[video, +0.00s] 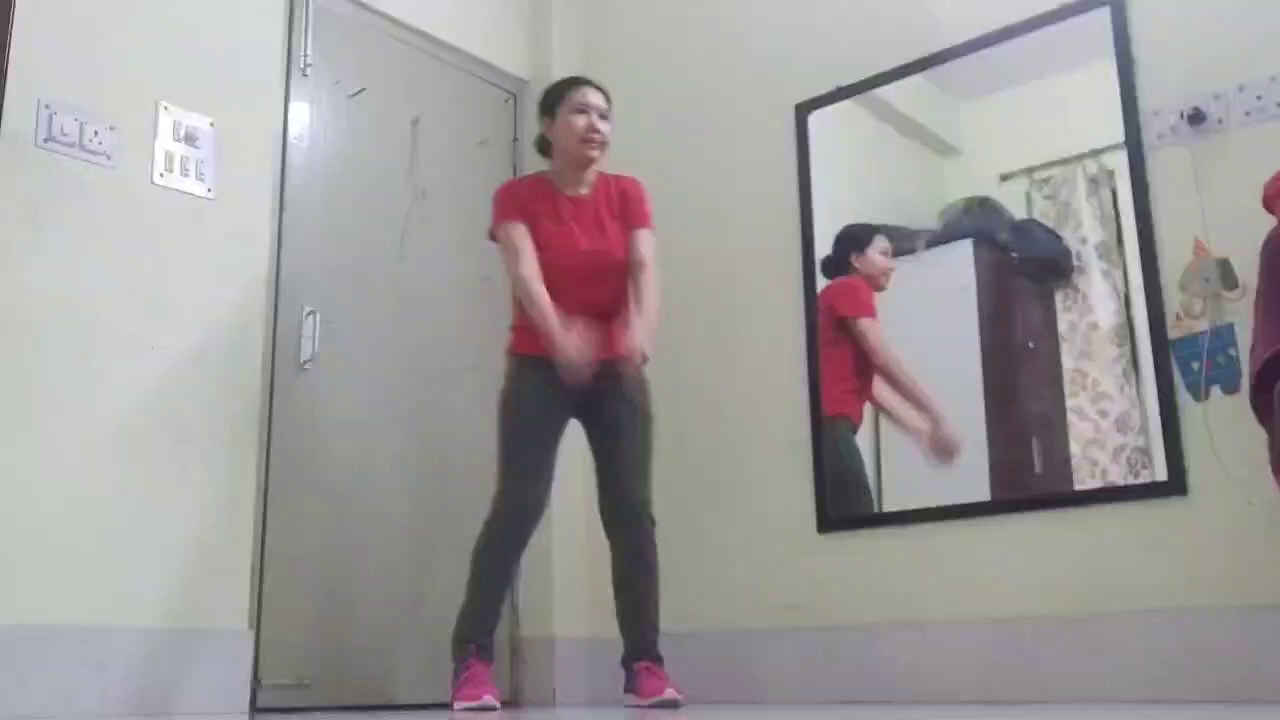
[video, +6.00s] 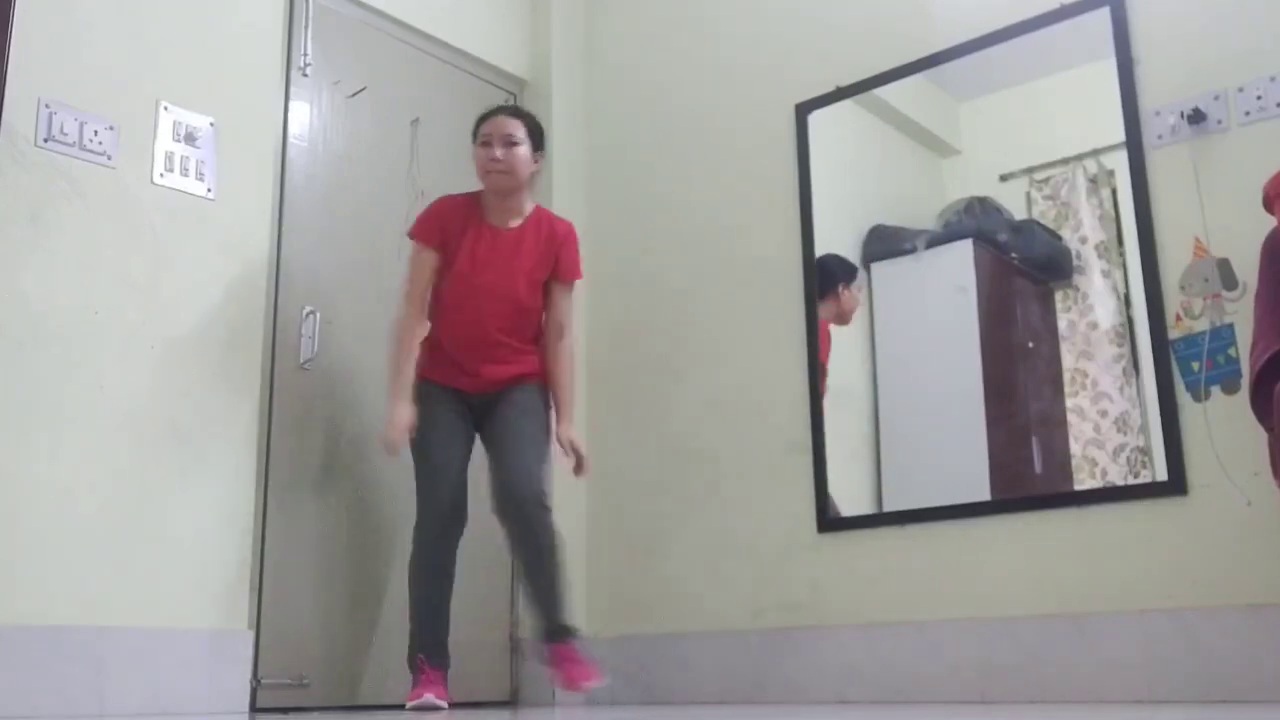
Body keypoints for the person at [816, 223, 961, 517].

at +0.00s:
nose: (892, 265)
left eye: (892, 256)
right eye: (884, 254)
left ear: (859, 261)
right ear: (856, 260)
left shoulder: (837, 297)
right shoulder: (849, 289)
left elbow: (874, 388)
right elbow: (882, 358)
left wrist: (926, 433)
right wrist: (937, 418)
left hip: (830, 426)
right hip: (829, 426)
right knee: (860, 524)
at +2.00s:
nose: (886, 321)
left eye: (891, 312)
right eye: (891, 310)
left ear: (859, 292)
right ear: (882, 300)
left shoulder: (833, 318)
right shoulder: (846, 315)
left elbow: (848, 411)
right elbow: (848, 390)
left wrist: (906, 423)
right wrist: (911, 418)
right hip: (820, 447)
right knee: (875, 523)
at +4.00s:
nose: (881, 321)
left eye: (883, 312)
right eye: (883, 311)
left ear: (844, 299)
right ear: (876, 305)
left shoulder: (830, 323)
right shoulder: (845, 324)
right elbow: (807, 335)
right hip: (805, 460)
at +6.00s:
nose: (859, 302)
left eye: (859, 293)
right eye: (857, 292)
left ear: (840, 291)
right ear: (841, 290)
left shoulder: (816, 328)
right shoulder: (818, 331)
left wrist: (823, 497)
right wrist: (824, 499)